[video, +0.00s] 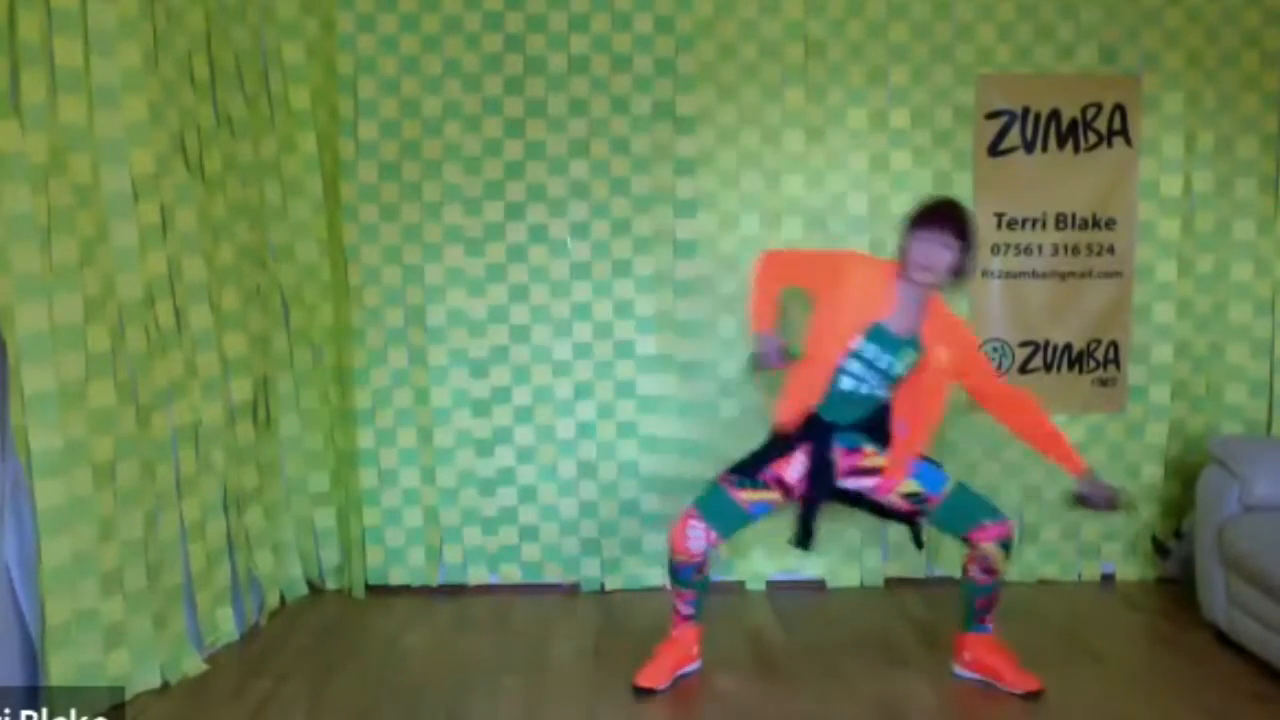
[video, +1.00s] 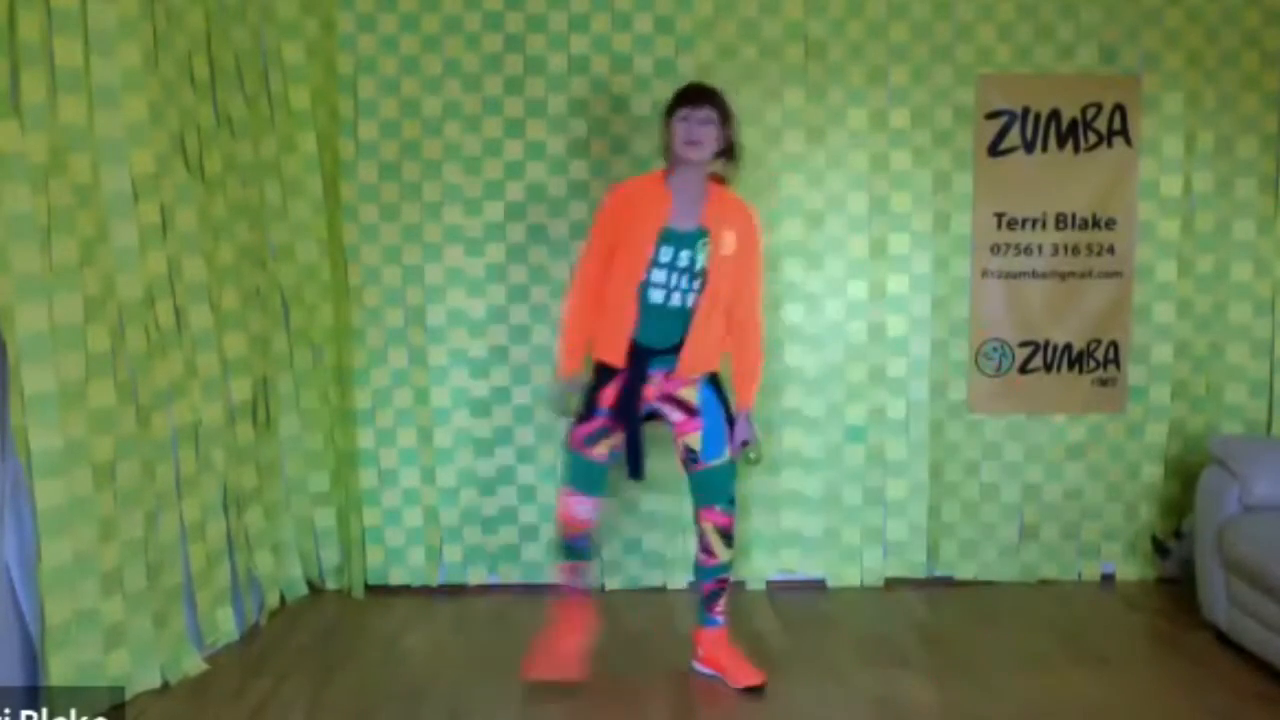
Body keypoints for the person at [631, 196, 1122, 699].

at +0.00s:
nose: (932, 253)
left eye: (946, 246)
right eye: (926, 239)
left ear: (959, 262)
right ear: (904, 241)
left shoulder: (951, 337)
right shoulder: (851, 275)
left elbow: (1008, 403)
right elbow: (772, 265)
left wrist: (1080, 471)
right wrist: (764, 332)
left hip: (877, 460)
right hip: (800, 446)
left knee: (990, 530)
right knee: (691, 534)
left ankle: (977, 645)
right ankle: (682, 640)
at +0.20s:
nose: (949, 256)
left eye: (965, 251)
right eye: (944, 242)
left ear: (977, 269)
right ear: (924, 244)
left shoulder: (964, 339)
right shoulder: (871, 278)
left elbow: (1025, 407)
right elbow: (788, 276)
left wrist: (1097, 473)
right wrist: (782, 345)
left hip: (879, 458)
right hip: (807, 445)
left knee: (999, 530)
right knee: (693, 525)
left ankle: (978, 647)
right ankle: (672, 630)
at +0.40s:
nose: (836, 214)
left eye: (850, 205)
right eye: (832, 201)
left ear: (869, 219)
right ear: (817, 204)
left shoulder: (879, 284)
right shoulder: (775, 258)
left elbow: (934, 356)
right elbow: (701, 308)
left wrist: (988, 432)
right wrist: (693, 381)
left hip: (833, 428)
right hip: (762, 426)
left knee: (935, 527)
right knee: (674, 536)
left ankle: (972, 643)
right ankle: (673, 639)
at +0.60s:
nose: (747, 155)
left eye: (760, 146)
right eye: (738, 142)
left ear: (778, 156)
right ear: (721, 148)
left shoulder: (803, 217)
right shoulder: (691, 220)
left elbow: (830, 298)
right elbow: (656, 304)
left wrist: (860, 379)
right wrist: (641, 388)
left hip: (789, 373)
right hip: (719, 377)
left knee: (837, 492)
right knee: (681, 499)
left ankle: (880, 631)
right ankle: (674, 636)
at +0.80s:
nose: (703, 131)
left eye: (716, 120)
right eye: (692, 119)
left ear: (733, 131)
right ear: (674, 128)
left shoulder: (756, 200)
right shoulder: (644, 196)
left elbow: (771, 293)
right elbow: (617, 288)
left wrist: (767, 381)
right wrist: (611, 376)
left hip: (728, 368)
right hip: (657, 366)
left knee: (721, 507)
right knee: (662, 506)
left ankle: (713, 633)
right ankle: (665, 632)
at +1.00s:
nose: (695, 132)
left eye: (709, 124)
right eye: (685, 121)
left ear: (724, 139)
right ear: (667, 132)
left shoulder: (736, 218)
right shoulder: (625, 201)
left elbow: (745, 312)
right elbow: (587, 281)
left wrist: (744, 401)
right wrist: (572, 364)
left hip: (695, 370)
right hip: (620, 367)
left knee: (717, 507)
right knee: (577, 497)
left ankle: (713, 637)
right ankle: (571, 618)